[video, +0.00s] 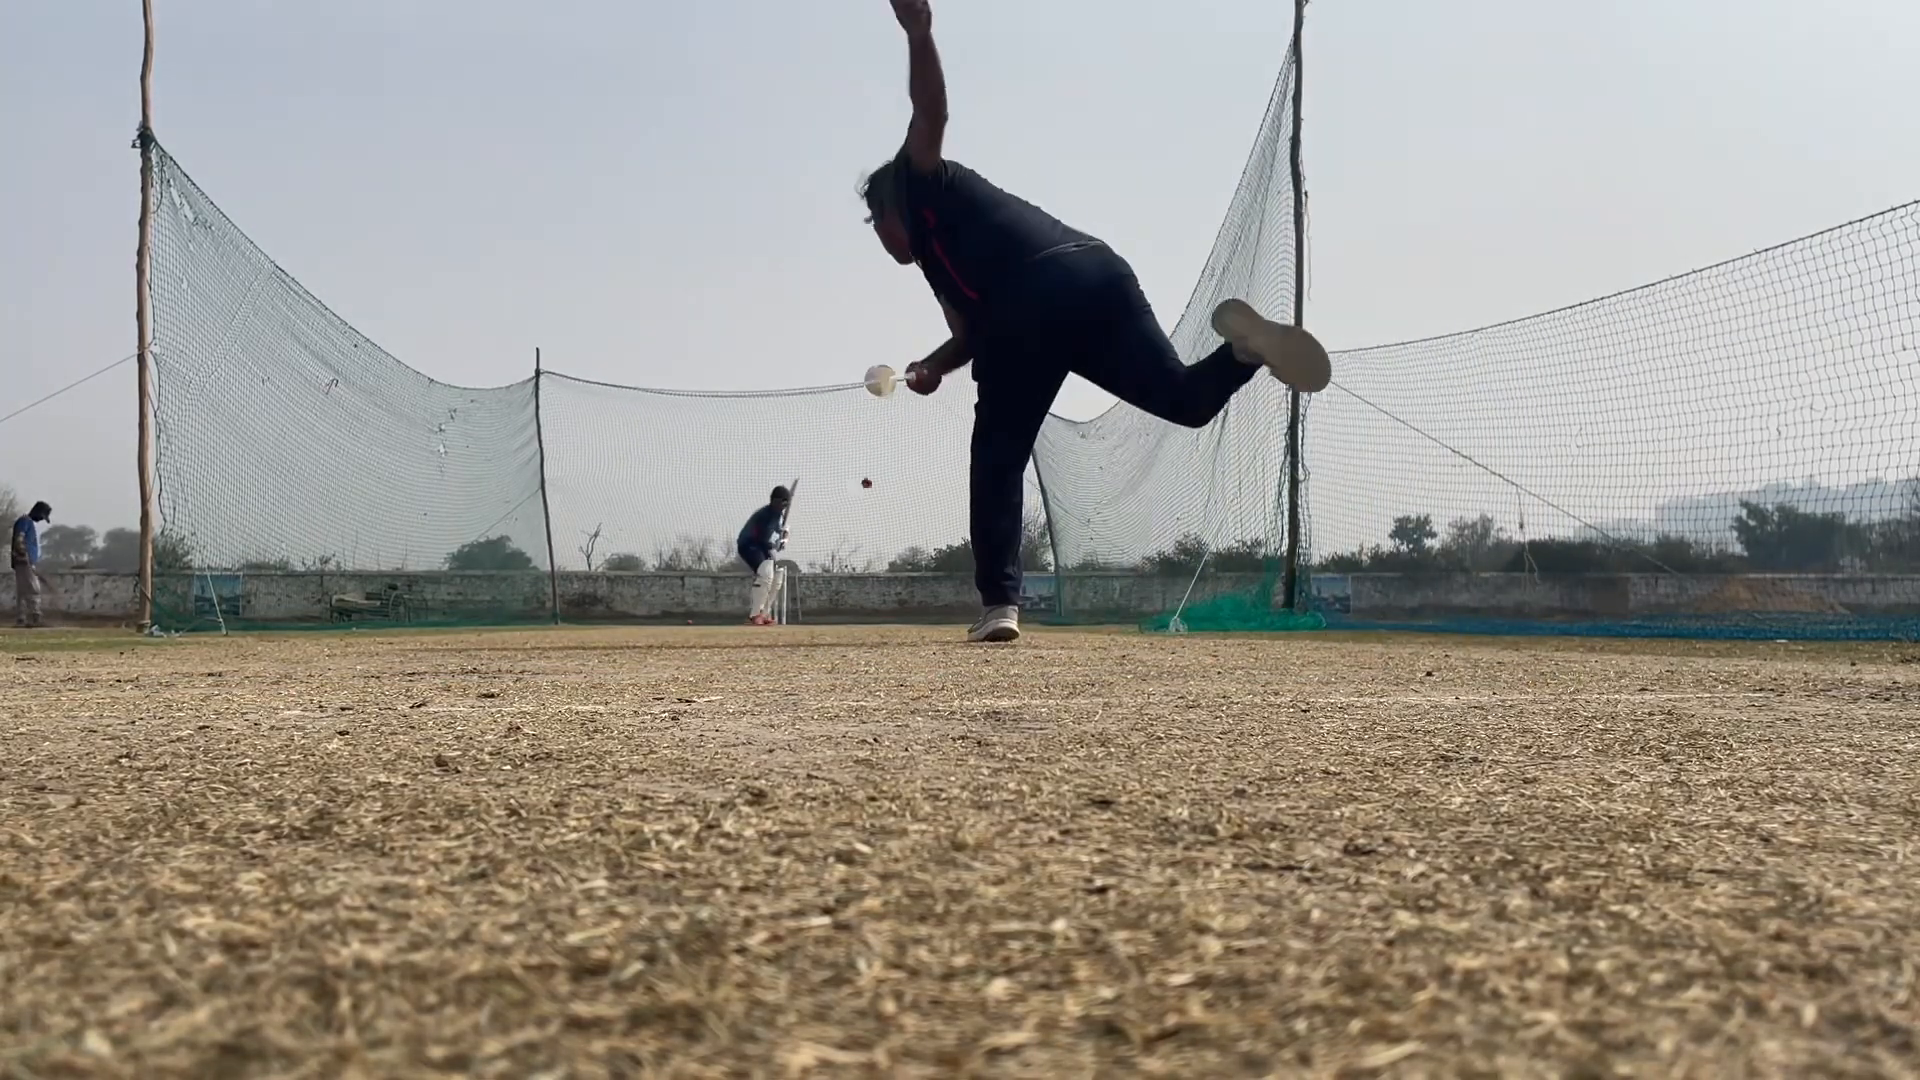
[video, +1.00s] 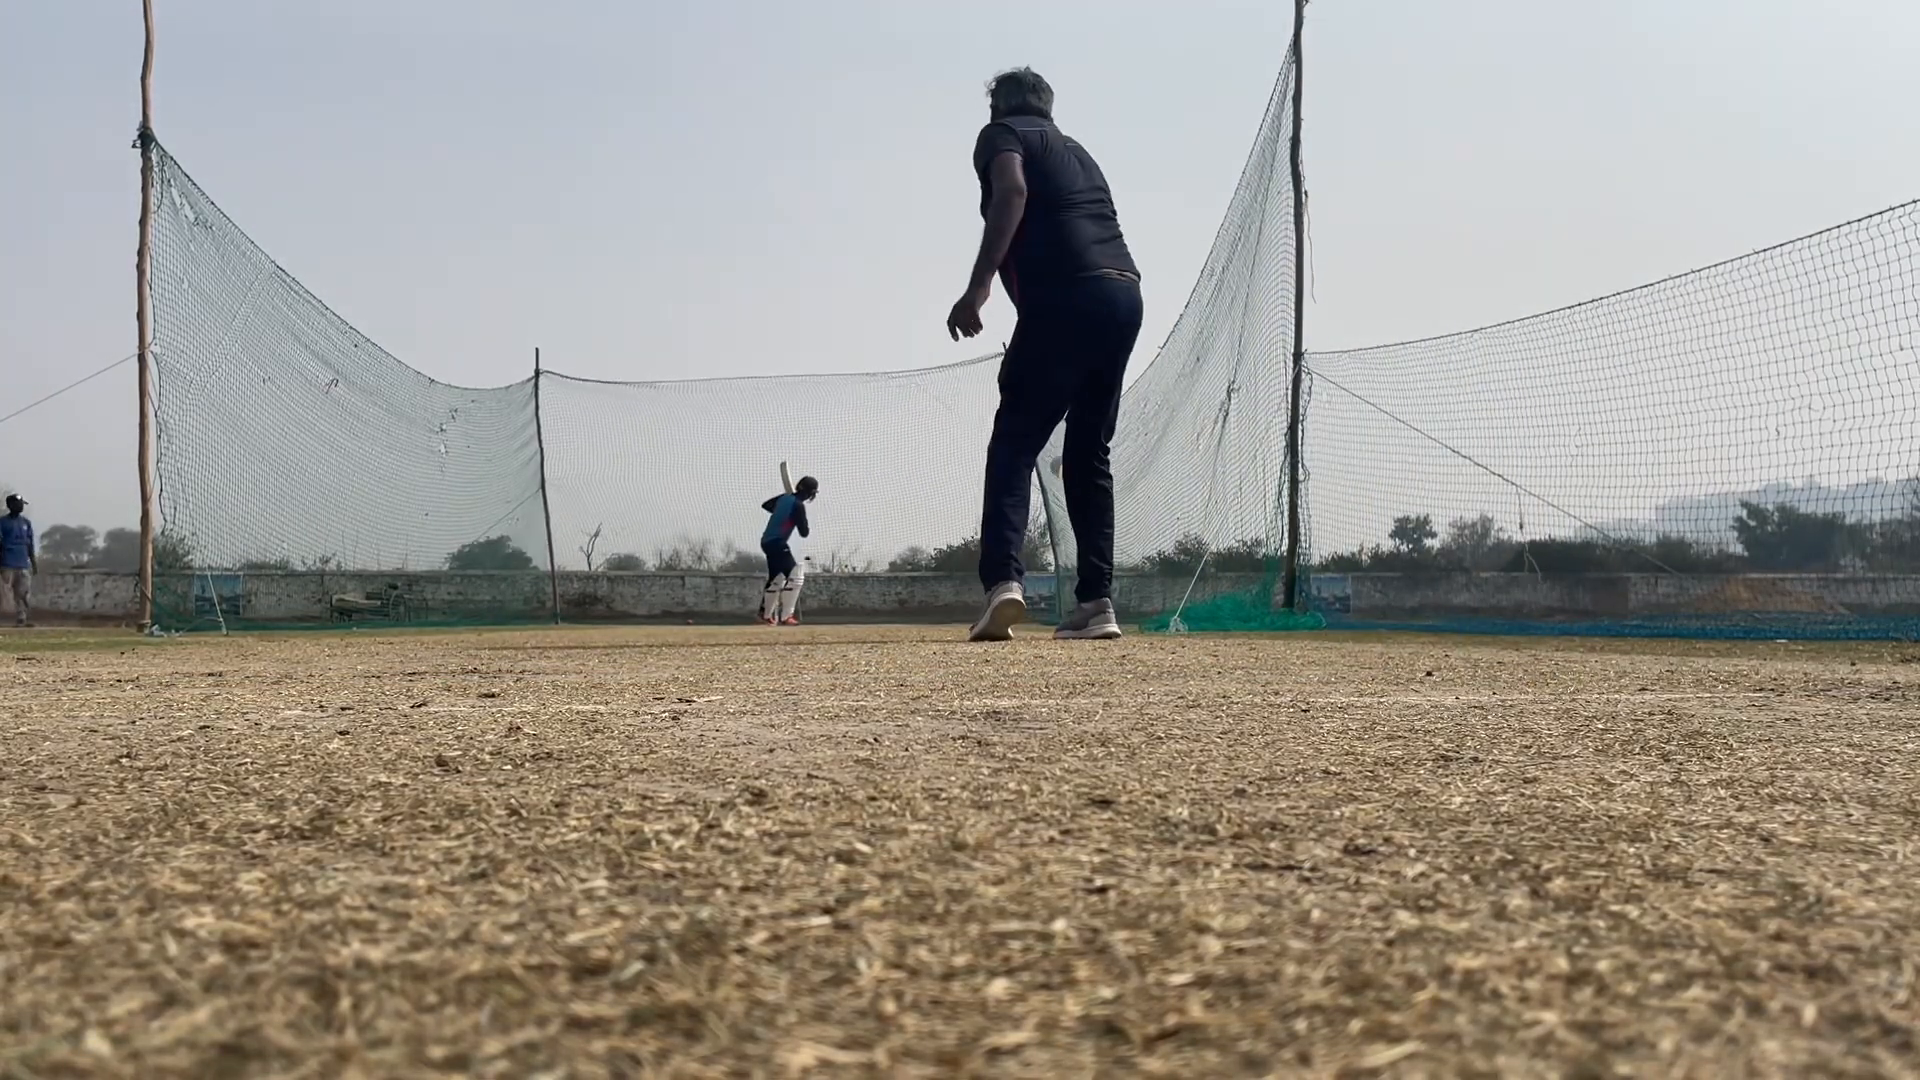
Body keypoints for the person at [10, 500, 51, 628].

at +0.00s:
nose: (41, 520)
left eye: (42, 518)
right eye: (42, 517)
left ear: (36, 512)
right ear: (38, 512)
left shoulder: (28, 523)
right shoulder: (25, 522)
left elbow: (26, 543)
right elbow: (19, 541)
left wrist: (31, 563)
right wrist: (25, 560)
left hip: (24, 563)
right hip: (24, 563)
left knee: (22, 592)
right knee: (34, 589)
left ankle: (21, 618)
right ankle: (36, 617)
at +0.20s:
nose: (42, 518)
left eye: (44, 516)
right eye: (43, 515)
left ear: (39, 513)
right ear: (38, 511)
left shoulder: (30, 523)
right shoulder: (24, 521)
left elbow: (26, 542)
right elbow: (18, 540)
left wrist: (31, 558)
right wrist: (23, 556)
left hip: (28, 562)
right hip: (23, 562)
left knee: (26, 590)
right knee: (27, 590)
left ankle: (25, 617)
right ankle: (25, 617)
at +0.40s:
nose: (39, 516)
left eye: (41, 514)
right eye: (39, 512)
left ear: (42, 514)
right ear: (33, 508)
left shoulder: (33, 526)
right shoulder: (21, 521)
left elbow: (31, 546)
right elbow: (15, 541)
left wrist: (34, 565)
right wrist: (19, 559)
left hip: (31, 564)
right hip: (21, 563)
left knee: (28, 590)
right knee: (23, 588)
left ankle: (10, 612)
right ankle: (20, 617)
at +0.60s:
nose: (35, 513)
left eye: (38, 510)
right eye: (34, 509)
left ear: (39, 512)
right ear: (28, 507)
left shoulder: (33, 527)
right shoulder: (17, 521)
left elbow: (36, 547)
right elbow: (10, 540)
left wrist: (39, 564)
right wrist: (10, 557)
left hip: (30, 562)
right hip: (18, 561)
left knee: (26, 590)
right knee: (20, 589)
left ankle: (22, 617)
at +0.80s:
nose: (30, 509)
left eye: (31, 506)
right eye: (28, 506)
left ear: (30, 507)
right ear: (21, 506)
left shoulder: (30, 524)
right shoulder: (9, 522)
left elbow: (34, 547)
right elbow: (4, 545)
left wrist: (41, 565)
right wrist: (4, 566)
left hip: (27, 565)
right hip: (13, 565)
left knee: (27, 592)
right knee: (12, 591)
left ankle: (22, 615)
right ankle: (22, 614)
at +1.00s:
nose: (21, 507)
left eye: (21, 504)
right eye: (18, 504)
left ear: (22, 505)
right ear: (10, 505)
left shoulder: (26, 523)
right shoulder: (3, 522)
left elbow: (30, 544)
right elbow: (2, 542)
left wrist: (33, 562)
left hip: (23, 562)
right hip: (7, 562)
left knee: (23, 592)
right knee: (5, 592)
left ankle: (22, 617)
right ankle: (4, 616)